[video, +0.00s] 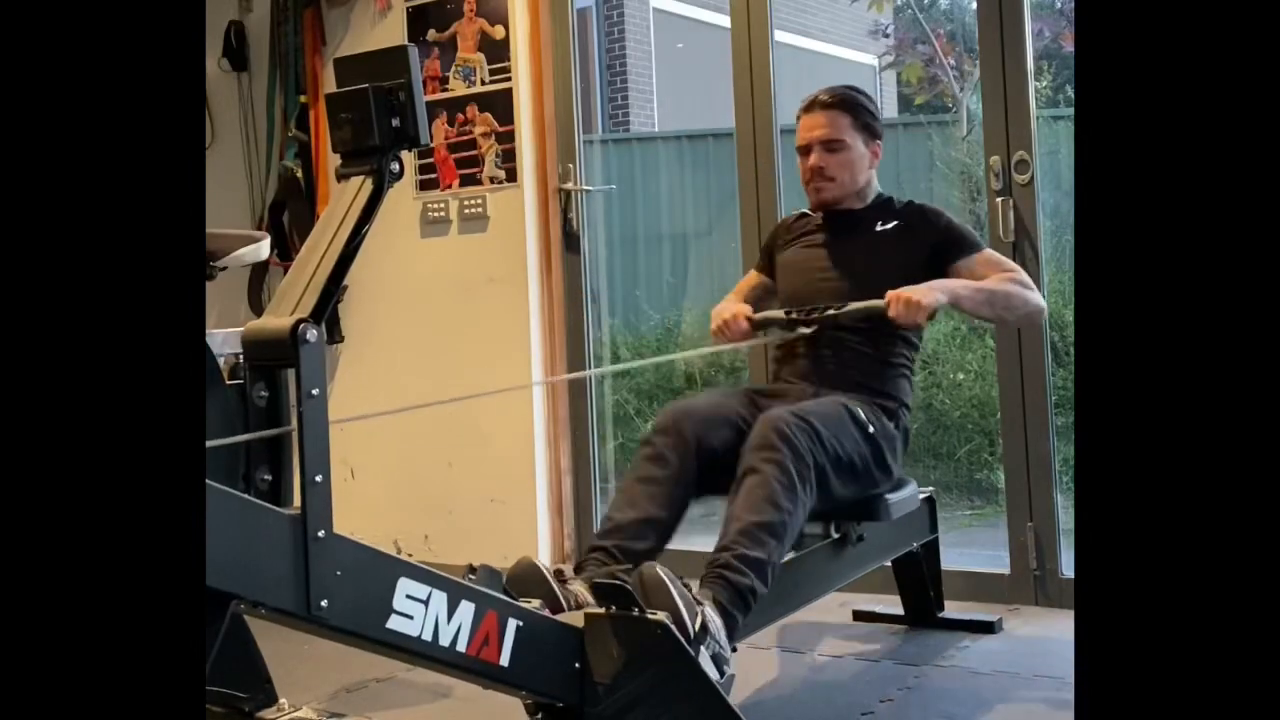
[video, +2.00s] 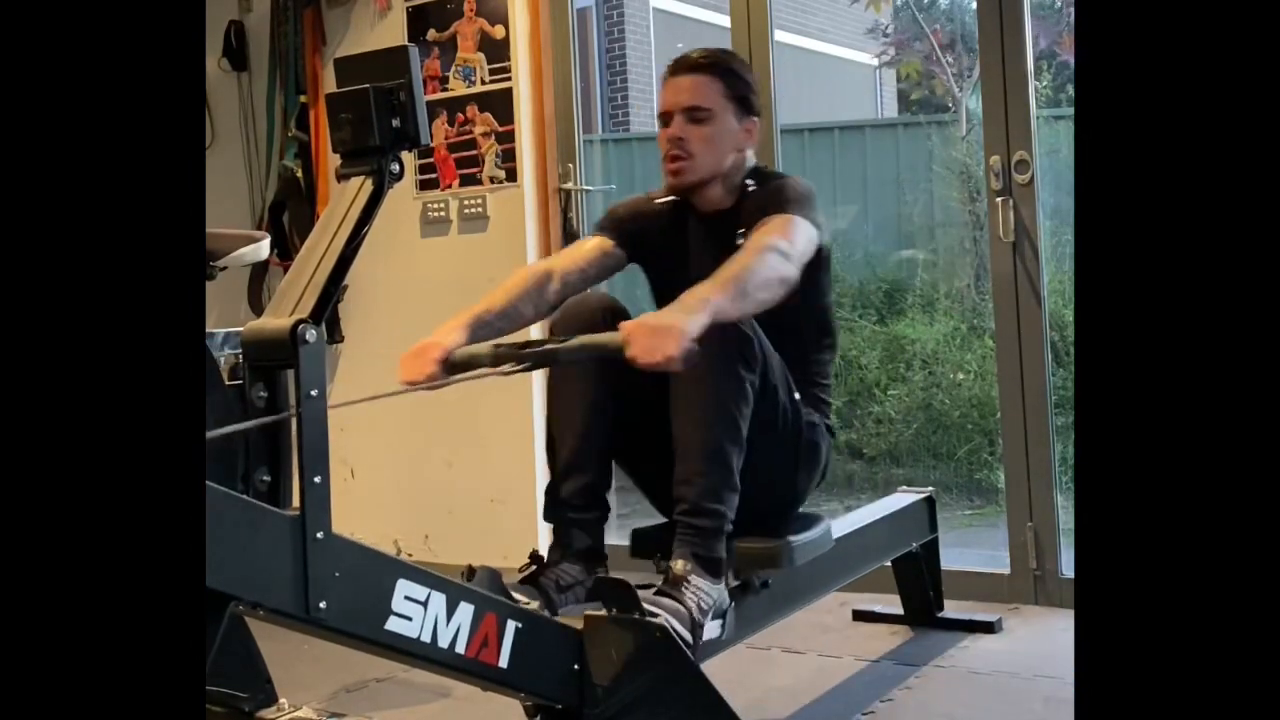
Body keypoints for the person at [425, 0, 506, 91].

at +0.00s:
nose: (471, 7)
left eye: (473, 4)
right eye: (468, 4)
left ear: (476, 7)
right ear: (463, 8)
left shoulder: (480, 22)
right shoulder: (458, 25)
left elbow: (494, 34)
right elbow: (445, 36)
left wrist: (498, 32)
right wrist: (435, 36)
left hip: (474, 61)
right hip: (460, 60)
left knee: (474, 89)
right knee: (458, 89)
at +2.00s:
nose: (471, 8)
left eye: (473, 5)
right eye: (468, 5)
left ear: (476, 8)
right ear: (463, 8)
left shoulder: (480, 22)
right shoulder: (458, 24)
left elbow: (493, 33)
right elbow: (445, 36)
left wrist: (498, 32)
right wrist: (435, 36)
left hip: (474, 60)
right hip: (460, 59)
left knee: (474, 88)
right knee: (458, 89)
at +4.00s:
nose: (471, 7)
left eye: (473, 4)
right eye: (468, 4)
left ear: (476, 7)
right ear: (463, 8)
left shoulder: (480, 22)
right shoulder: (457, 25)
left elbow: (493, 34)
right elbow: (445, 36)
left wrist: (498, 32)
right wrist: (435, 36)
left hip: (474, 60)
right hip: (460, 59)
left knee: (474, 89)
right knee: (458, 89)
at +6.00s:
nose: (471, 7)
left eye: (473, 5)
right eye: (468, 5)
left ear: (476, 8)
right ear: (463, 8)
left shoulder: (480, 22)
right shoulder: (457, 25)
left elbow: (493, 34)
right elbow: (445, 36)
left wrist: (498, 32)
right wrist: (435, 36)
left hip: (474, 60)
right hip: (460, 59)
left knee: (474, 89)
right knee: (459, 90)